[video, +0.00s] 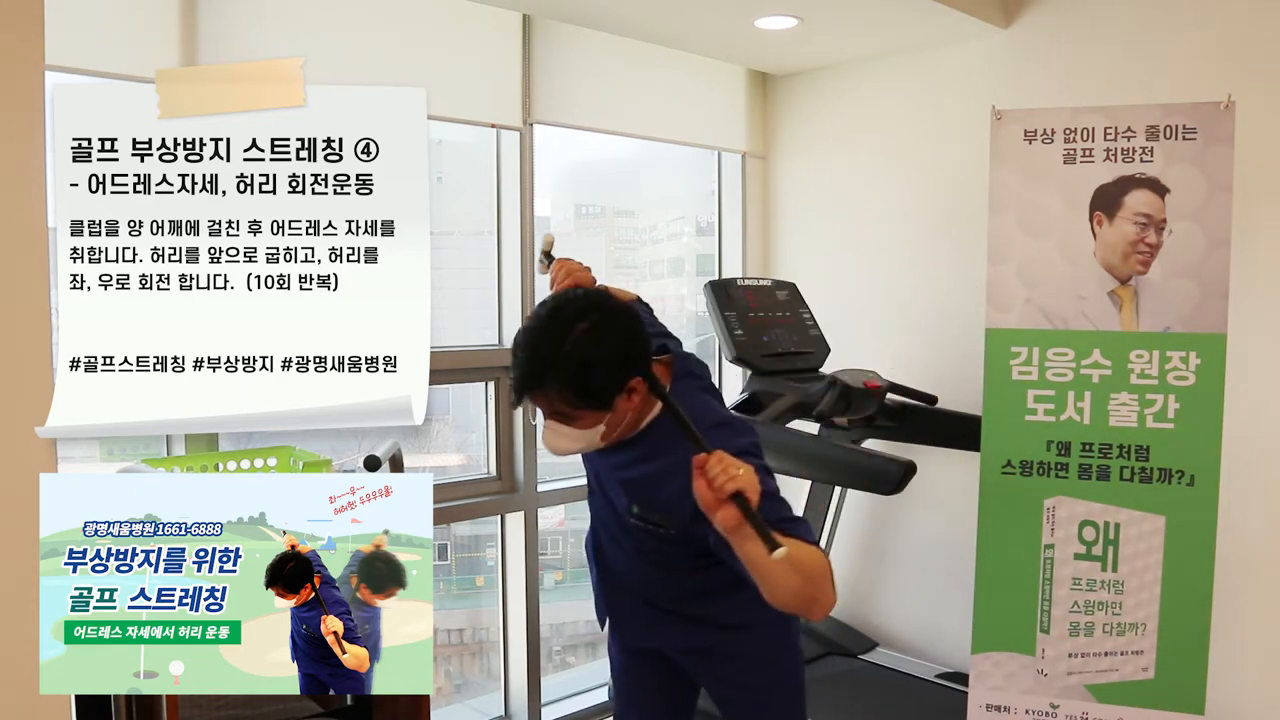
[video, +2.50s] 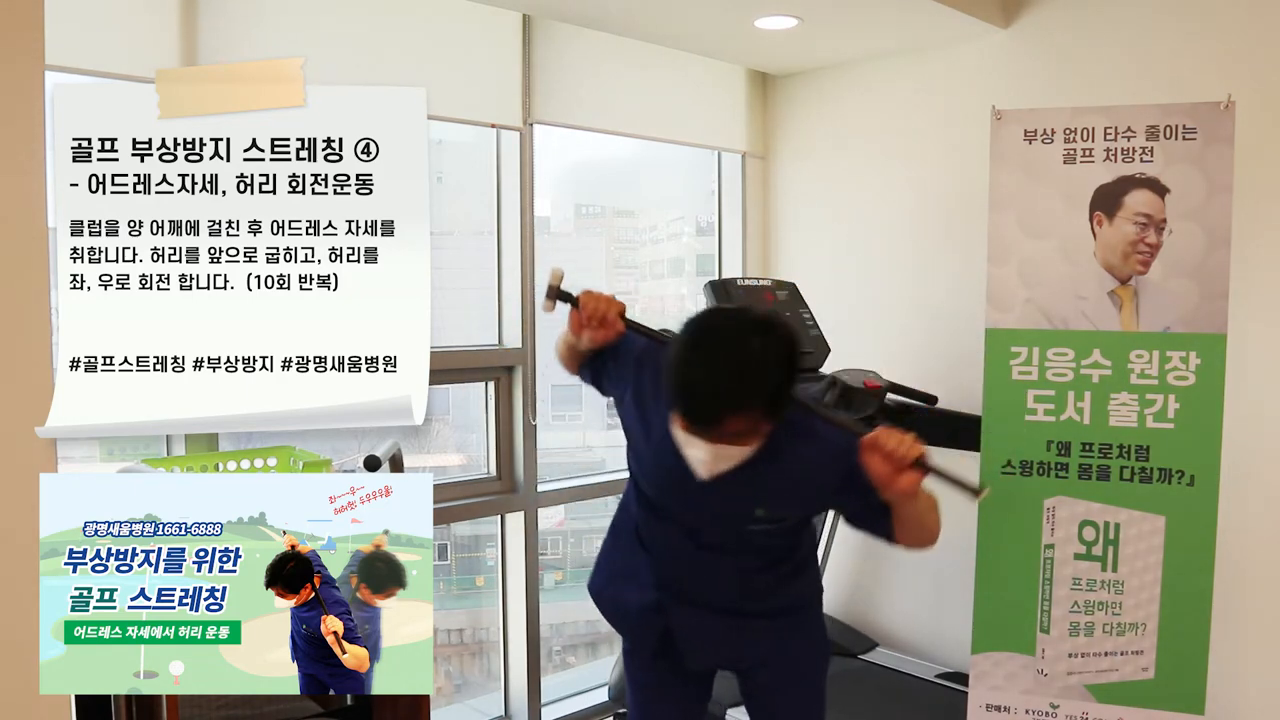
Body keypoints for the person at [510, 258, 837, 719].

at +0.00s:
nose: (567, 434)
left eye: (580, 422)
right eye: (555, 418)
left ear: (634, 393)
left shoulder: (716, 446)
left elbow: (817, 600)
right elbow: (632, 306)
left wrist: (740, 529)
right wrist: (591, 288)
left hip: (742, 641)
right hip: (642, 629)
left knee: (767, 712)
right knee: (640, 714)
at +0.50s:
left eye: (733, 441)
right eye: (690, 456)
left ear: (750, 409)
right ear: (658, 428)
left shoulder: (801, 409)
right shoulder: (608, 420)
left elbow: (907, 435)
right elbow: (510, 450)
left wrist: (889, 405)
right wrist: (521, 422)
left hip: (780, 624)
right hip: (664, 631)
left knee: (794, 711)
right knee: (659, 711)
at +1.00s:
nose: (907, 422)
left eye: (912, 414)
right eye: (907, 415)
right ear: (862, 416)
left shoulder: (792, 348)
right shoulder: (735, 456)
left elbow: (783, 311)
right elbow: (684, 614)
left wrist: (820, 293)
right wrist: (767, 550)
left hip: (787, 612)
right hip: (695, 637)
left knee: (799, 711)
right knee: (695, 710)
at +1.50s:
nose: (933, 402)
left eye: (941, 392)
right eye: (938, 393)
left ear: (860, 334)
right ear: (912, 403)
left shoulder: (786, 344)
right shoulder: (810, 478)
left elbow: (734, 311)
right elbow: (794, 629)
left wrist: (793, 285)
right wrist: (874, 542)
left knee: (795, 709)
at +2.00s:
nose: (894, 430)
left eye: (904, 423)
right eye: (895, 419)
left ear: (854, 388)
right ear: (853, 392)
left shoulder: (851, 401)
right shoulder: (745, 411)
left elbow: (923, 427)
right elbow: (624, 531)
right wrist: (711, 476)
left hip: (796, 630)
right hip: (694, 637)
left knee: (801, 711)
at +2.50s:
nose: (710, 449)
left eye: (729, 439)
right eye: (694, 432)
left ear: (764, 421)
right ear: (677, 396)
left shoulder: (820, 449)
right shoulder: (645, 372)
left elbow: (921, 536)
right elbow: (574, 360)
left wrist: (904, 495)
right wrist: (579, 338)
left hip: (775, 626)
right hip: (660, 613)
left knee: (794, 712)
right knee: (658, 712)